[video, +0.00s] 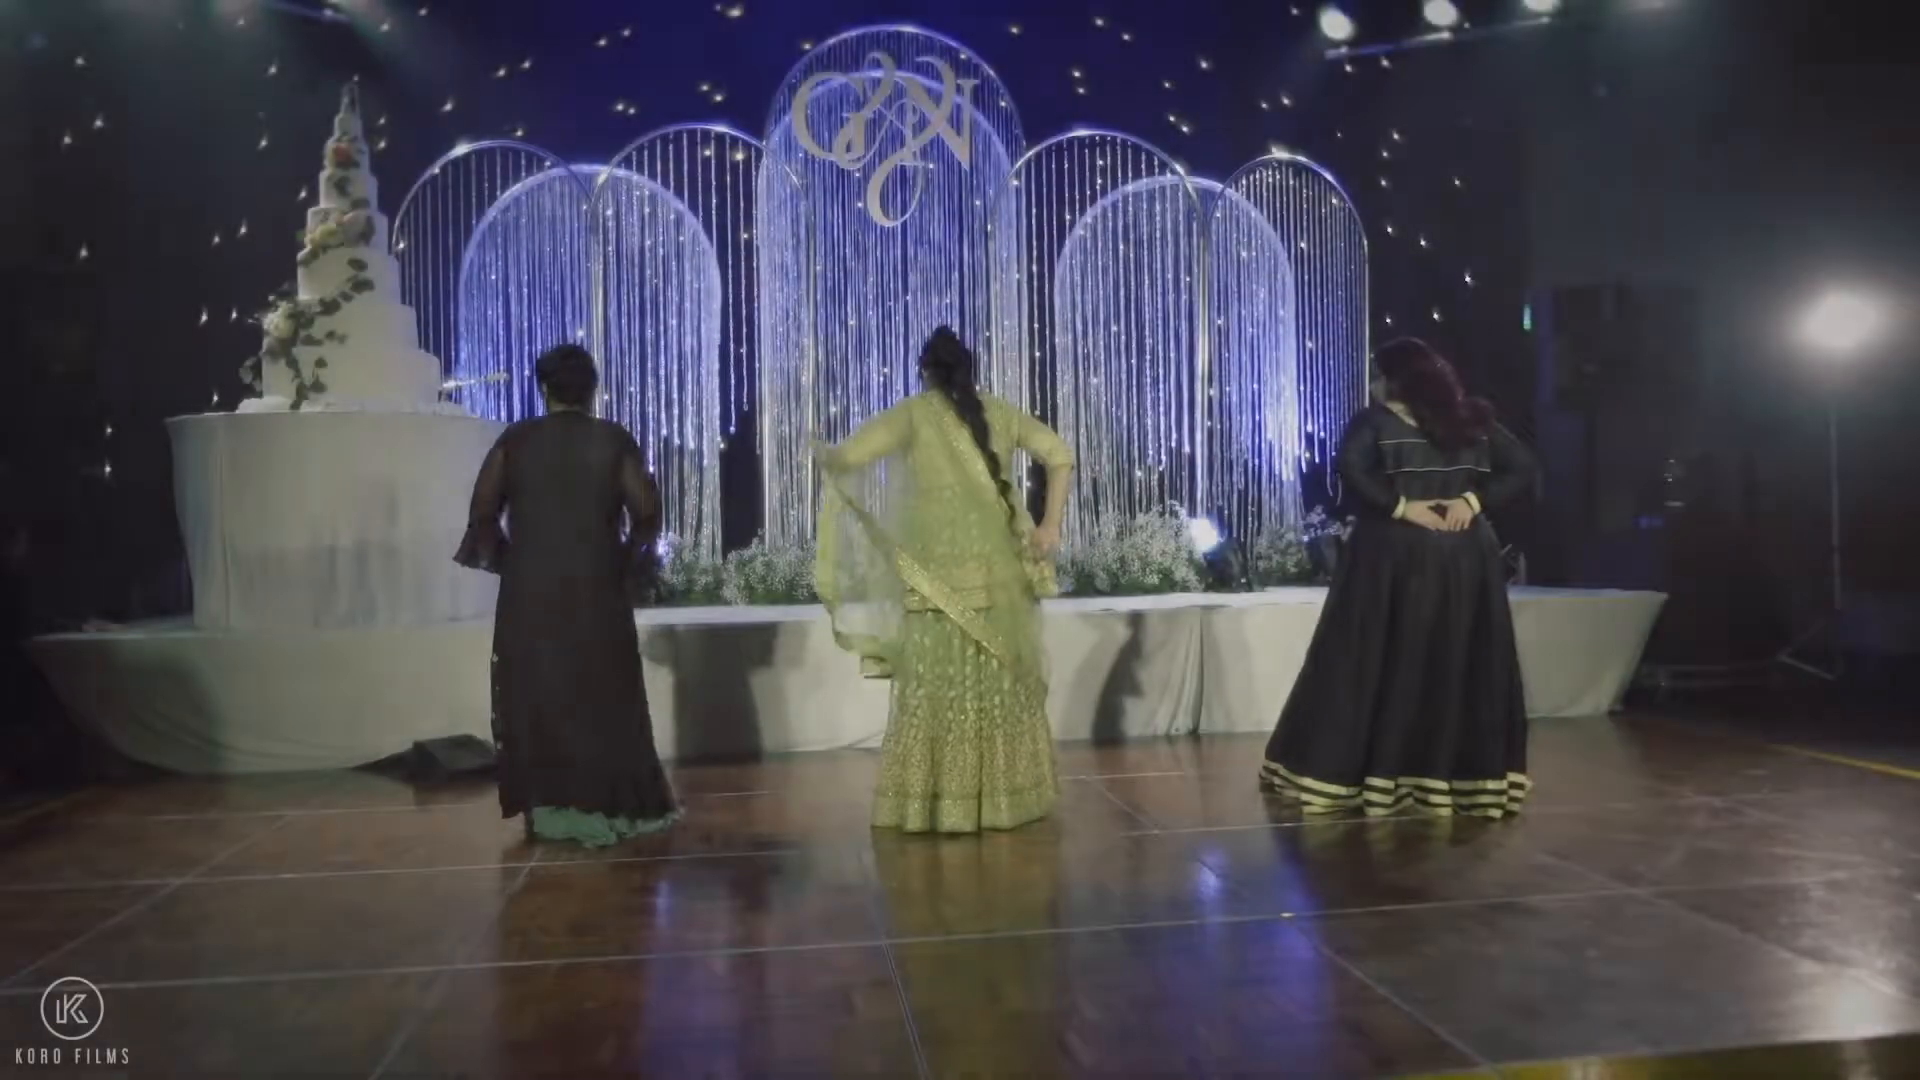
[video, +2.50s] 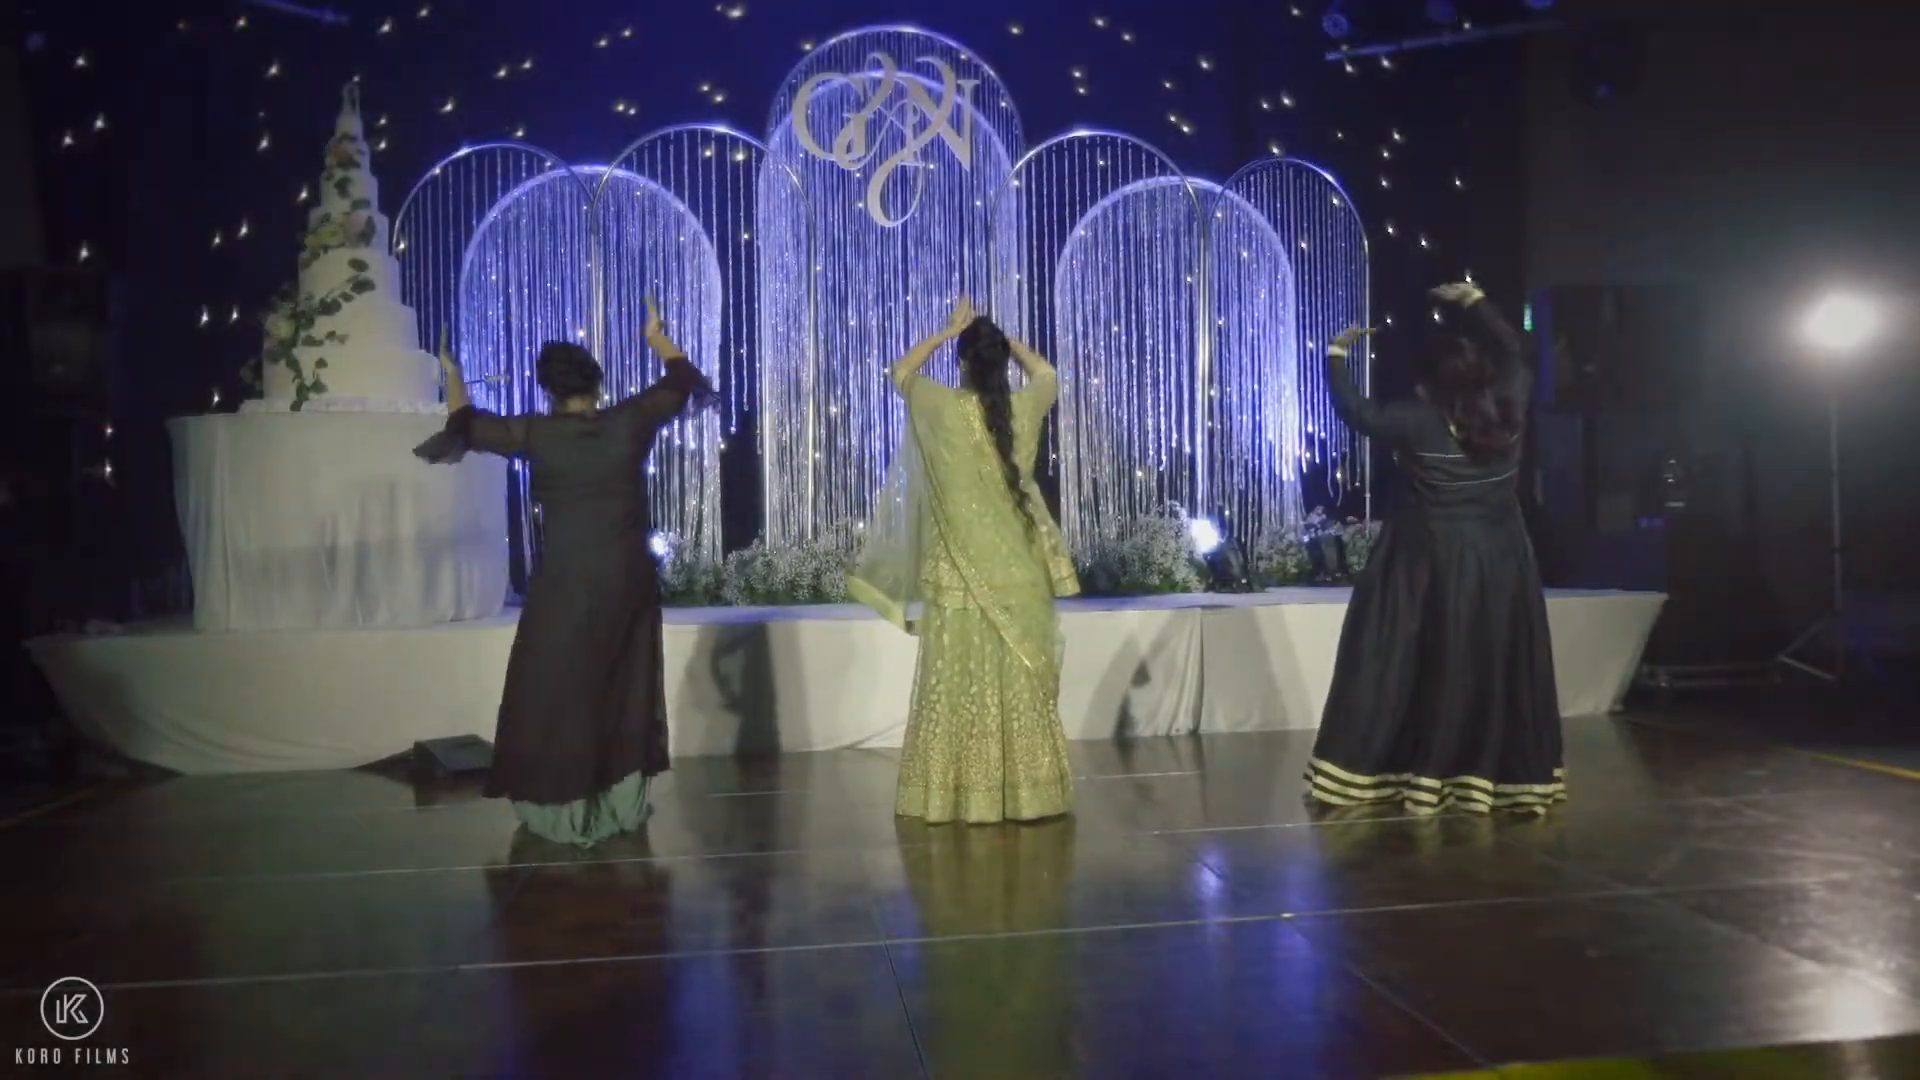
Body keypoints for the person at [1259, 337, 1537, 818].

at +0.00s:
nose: (1375, 386)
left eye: (1378, 378)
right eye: (1376, 378)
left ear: (1392, 381)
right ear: (1433, 376)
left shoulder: (1376, 421)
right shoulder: (1471, 421)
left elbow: (1351, 469)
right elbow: (1523, 468)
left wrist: (1401, 506)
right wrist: (1475, 498)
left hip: (1398, 567)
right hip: (1467, 567)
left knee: (1390, 668)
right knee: (1460, 670)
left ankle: (1383, 780)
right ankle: (1455, 782)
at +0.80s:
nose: (1375, 386)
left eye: (1376, 379)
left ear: (1382, 380)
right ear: (1431, 370)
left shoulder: (1373, 420)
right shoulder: (1465, 408)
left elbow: (1347, 453)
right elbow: (1528, 423)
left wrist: (1371, 505)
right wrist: (1500, 461)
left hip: (1405, 554)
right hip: (1471, 550)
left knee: (1397, 664)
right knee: (1470, 663)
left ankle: (1393, 780)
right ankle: (1474, 781)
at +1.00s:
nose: (1380, 390)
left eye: (1382, 382)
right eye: (1380, 382)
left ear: (1397, 384)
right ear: (1440, 373)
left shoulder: (1392, 423)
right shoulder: (1478, 415)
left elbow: (1368, 457)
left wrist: (1360, 518)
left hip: (1424, 551)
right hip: (1487, 547)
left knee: (1410, 661)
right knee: (1483, 660)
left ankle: (1405, 776)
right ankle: (1486, 777)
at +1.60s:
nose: (1388, 394)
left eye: (1392, 385)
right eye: (1389, 385)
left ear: (1406, 387)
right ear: (1448, 379)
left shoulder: (1407, 429)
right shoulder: (1485, 418)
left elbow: (1372, 477)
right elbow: (1539, 419)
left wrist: (1342, 444)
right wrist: (1511, 381)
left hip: (1425, 552)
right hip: (1489, 546)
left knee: (1419, 660)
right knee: (1487, 660)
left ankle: (1419, 777)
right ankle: (1493, 777)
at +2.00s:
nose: (1407, 387)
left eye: (1410, 379)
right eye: (1411, 379)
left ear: (1418, 383)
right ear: (1469, 374)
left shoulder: (1413, 424)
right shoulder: (1502, 409)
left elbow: (1348, 436)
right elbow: (1542, 373)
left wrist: (1326, 383)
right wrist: (1537, 310)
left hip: (1423, 546)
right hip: (1490, 544)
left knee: (1416, 661)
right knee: (1489, 663)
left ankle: (1415, 782)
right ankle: (1493, 782)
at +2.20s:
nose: (1413, 383)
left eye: (1417, 375)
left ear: (1425, 380)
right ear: (1476, 375)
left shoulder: (1416, 421)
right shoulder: (1503, 411)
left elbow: (1360, 380)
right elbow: (1505, 356)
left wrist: (1369, 316)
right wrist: (1473, 299)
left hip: (1430, 547)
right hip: (1496, 543)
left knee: (1426, 662)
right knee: (1495, 662)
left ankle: (1421, 783)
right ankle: (1497, 783)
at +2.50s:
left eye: (1435, 359)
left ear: (1430, 372)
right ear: (1486, 369)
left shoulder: (1414, 421)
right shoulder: (1508, 408)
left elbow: (1356, 410)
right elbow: (1510, 351)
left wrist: (1337, 359)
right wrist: (1476, 301)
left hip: (1431, 546)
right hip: (1499, 545)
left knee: (1422, 659)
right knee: (1495, 661)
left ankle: (1417, 782)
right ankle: (1495, 782)